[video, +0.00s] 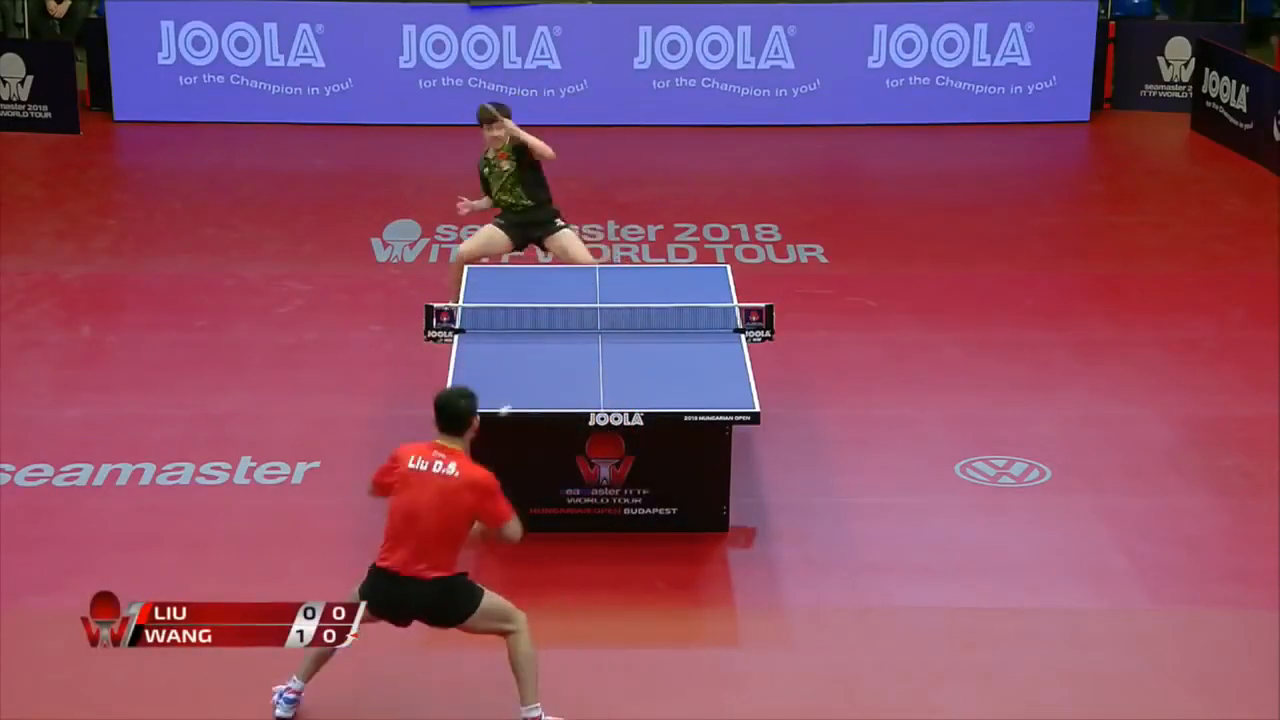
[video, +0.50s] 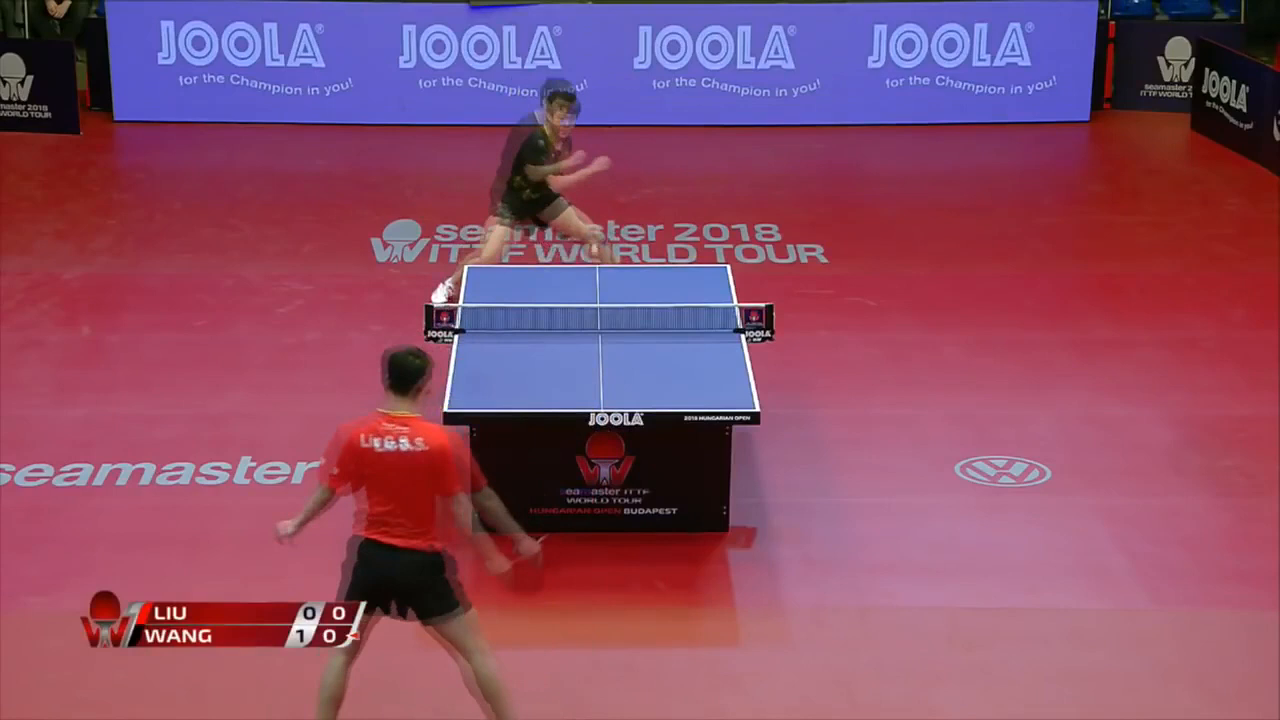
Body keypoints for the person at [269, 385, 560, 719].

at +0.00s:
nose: (476, 423)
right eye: (476, 417)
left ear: (435, 421)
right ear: (472, 424)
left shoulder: (405, 456)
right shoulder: (478, 478)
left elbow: (376, 489)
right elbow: (513, 532)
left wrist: (420, 485)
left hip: (385, 586)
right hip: (438, 592)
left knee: (343, 619)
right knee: (515, 622)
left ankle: (291, 690)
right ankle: (533, 713)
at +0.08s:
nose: (473, 402)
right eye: (473, 398)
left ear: (435, 399)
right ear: (471, 404)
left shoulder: (408, 438)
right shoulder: (487, 446)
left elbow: (369, 462)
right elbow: (529, 474)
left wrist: (361, 452)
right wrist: (523, 446)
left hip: (389, 563)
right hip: (439, 572)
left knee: (342, 622)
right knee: (499, 626)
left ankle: (292, 691)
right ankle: (530, 711)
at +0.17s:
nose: (471, 380)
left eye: (467, 374)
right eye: (471, 375)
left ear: (430, 375)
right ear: (465, 378)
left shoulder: (401, 420)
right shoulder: (480, 419)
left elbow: (364, 477)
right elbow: (529, 446)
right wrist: (557, 458)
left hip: (391, 538)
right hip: (440, 545)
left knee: (346, 626)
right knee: (488, 634)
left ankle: (307, 707)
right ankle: (533, 714)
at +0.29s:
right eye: (456, 372)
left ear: (415, 376)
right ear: (452, 375)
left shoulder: (395, 426)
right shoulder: (476, 419)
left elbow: (362, 488)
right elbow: (517, 461)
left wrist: (327, 531)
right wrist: (548, 488)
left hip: (396, 546)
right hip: (447, 551)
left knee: (353, 636)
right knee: (491, 646)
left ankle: (313, 711)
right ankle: (517, 716)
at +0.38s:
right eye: (442, 376)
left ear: (404, 382)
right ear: (443, 381)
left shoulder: (388, 438)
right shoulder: (470, 433)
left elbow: (348, 494)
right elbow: (509, 481)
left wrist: (303, 530)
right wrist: (543, 515)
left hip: (395, 557)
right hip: (447, 561)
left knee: (356, 646)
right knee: (494, 650)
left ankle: (326, 715)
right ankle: (516, 715)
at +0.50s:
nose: (430, 387)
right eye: (429, 381)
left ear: (386, 381)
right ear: (424, 386)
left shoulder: (354, 434)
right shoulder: (441, 441)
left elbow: (327, 493)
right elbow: (463, 512)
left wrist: (295, 525)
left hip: (371, 560)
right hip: (424, 565)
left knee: (343, 652)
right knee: (476, 653)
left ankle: (323, 717)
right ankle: (506, 715)